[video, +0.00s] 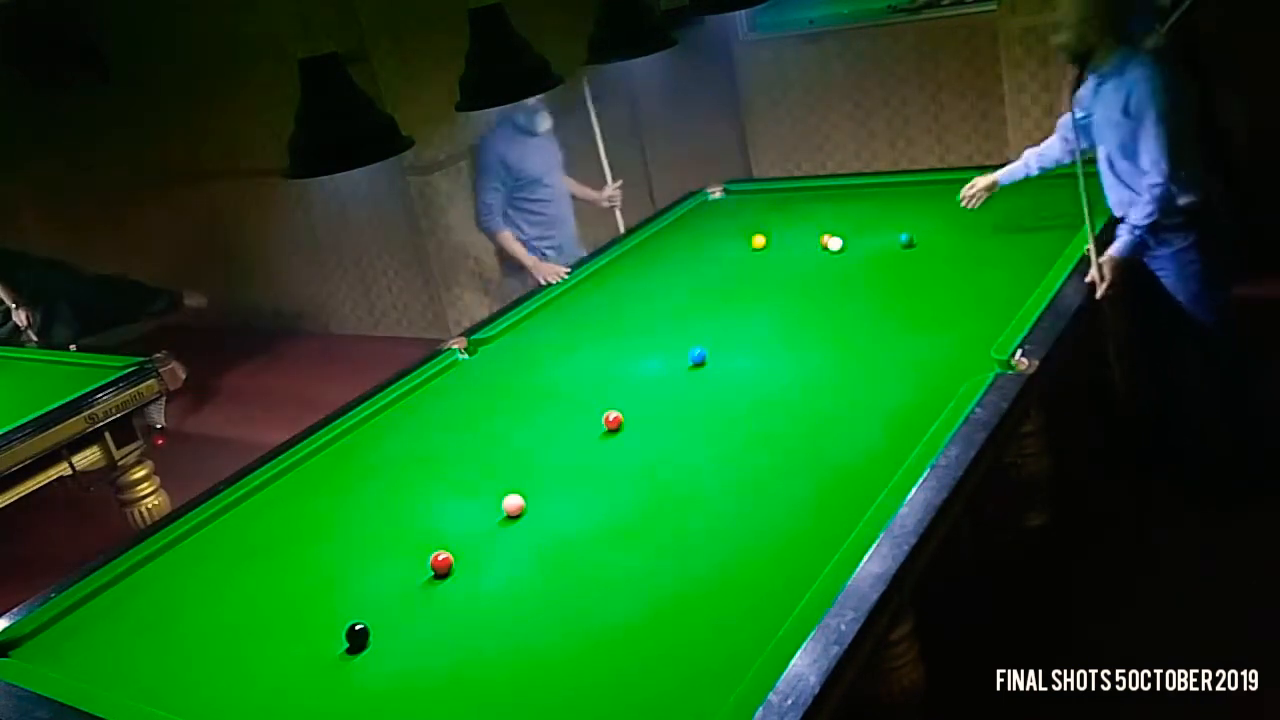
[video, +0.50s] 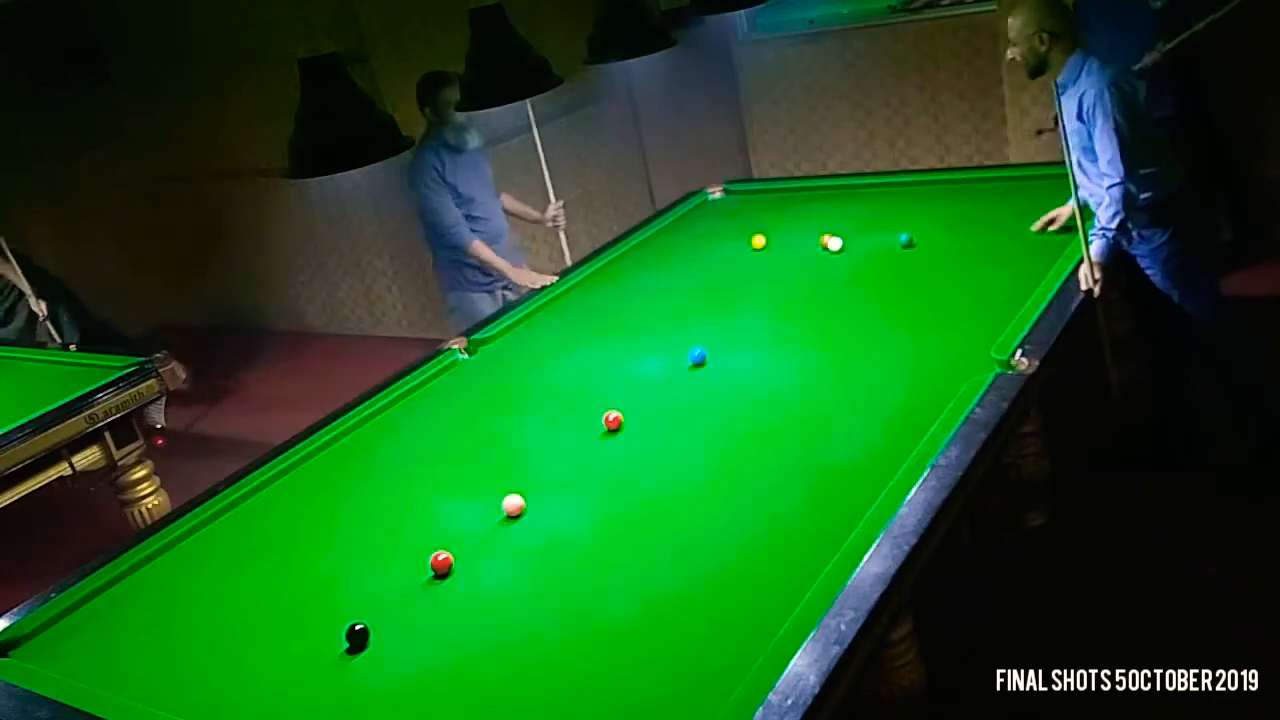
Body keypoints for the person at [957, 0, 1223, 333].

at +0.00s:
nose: (1058, 38)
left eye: (1066, 27)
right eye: (1057, 28)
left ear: (1094, 26)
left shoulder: (1145, 77)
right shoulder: (1093, 88)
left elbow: (1159, 179)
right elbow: (1061, 146)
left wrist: (1118, 251)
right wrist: (996, 179)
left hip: (1175, 234)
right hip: (1135, 233)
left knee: (1207, 351)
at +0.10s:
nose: (1026, 49)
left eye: (1033, 38)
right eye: (1026, 39)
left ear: (1064, 35)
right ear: (1059, 37)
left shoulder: (1117, 80)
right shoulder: (1071, 95)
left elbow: (1137, 178)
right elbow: (1041, 154)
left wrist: (1105, 249)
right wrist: (982, 191)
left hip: (1165, 232)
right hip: (1127, 234)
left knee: (1204, 338)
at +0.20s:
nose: (1006, 57)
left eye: (1012, 47)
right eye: (1006, 47)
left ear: (1039, 44)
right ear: (1040, 45)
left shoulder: (1100, 83)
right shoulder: (1062, 93)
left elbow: (1124, 176)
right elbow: (1044, 160)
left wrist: (1099, 249)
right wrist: (989, 201)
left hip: (1154, 226)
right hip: (1122, 228)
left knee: (1198, 321)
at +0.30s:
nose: (998, 63)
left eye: (1002, 52)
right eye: (996, 54)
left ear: (1032, 47)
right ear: (1032, 47)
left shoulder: (1089, 89)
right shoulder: (1057, 92)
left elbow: (1117, 179)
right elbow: (1059, 168)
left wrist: (1098, 249)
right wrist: (1012, 210)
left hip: (1158, 234)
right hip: (1128, 232)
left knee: (1201, 335)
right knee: (1164, 340)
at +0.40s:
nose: (998, 62)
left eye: (1003, 52)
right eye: (996, 52)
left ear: (1034, 47)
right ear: (1033, 48)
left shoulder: (1087, 90)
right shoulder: (1061, 89)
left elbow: (1112, 179)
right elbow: (1076, 167)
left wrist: (1097, 249)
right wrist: (1042, 211)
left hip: (1157, 235)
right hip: (1129, 234)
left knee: (1200, 337)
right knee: (1161, 344)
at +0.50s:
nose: (1010, 54)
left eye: (1016, 43)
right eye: (1009, 43)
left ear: (1046, 41)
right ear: (1046, 41)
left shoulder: (1096, 87)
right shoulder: (1072, 83)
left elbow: (1115, 182)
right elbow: (1098, 160)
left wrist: (1098, 252)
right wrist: (1075, 204)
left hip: (1155, 233)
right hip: (1129, 231)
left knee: (1198, 332)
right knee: (1160, 340)